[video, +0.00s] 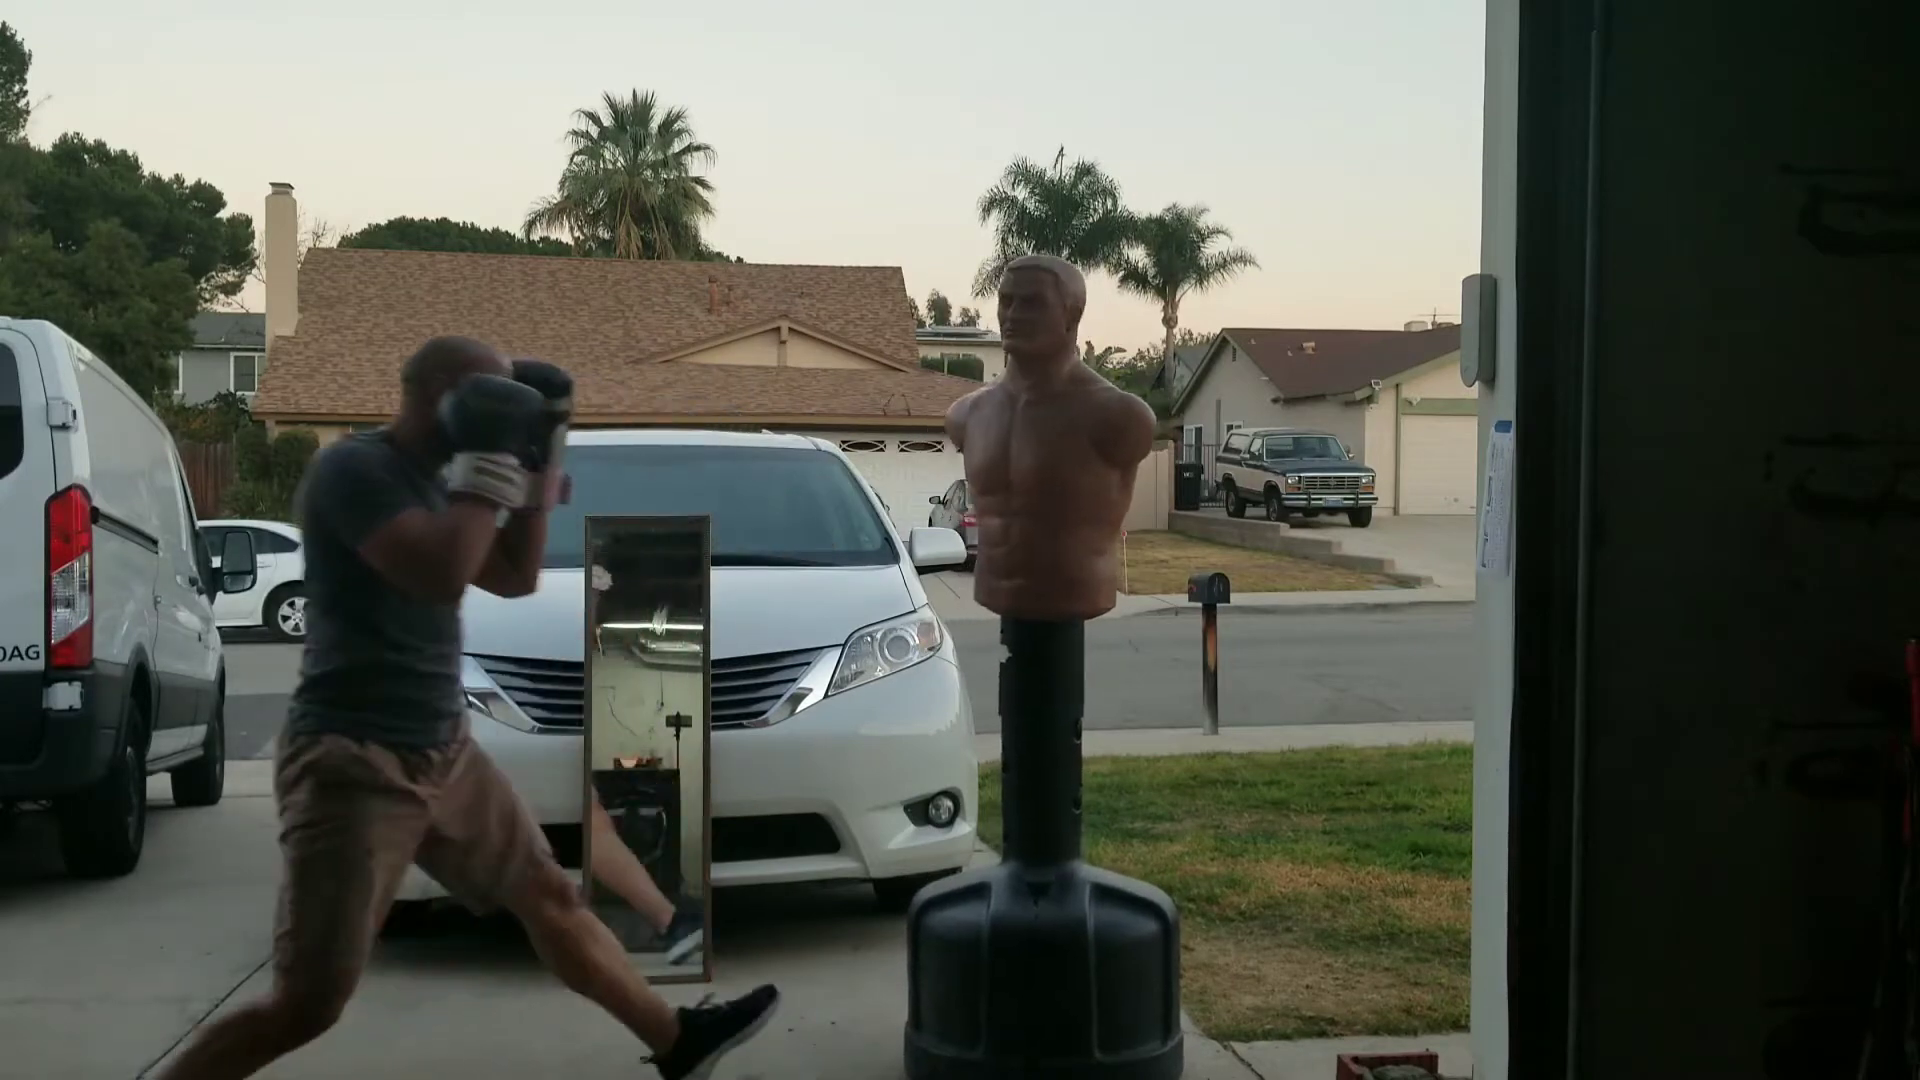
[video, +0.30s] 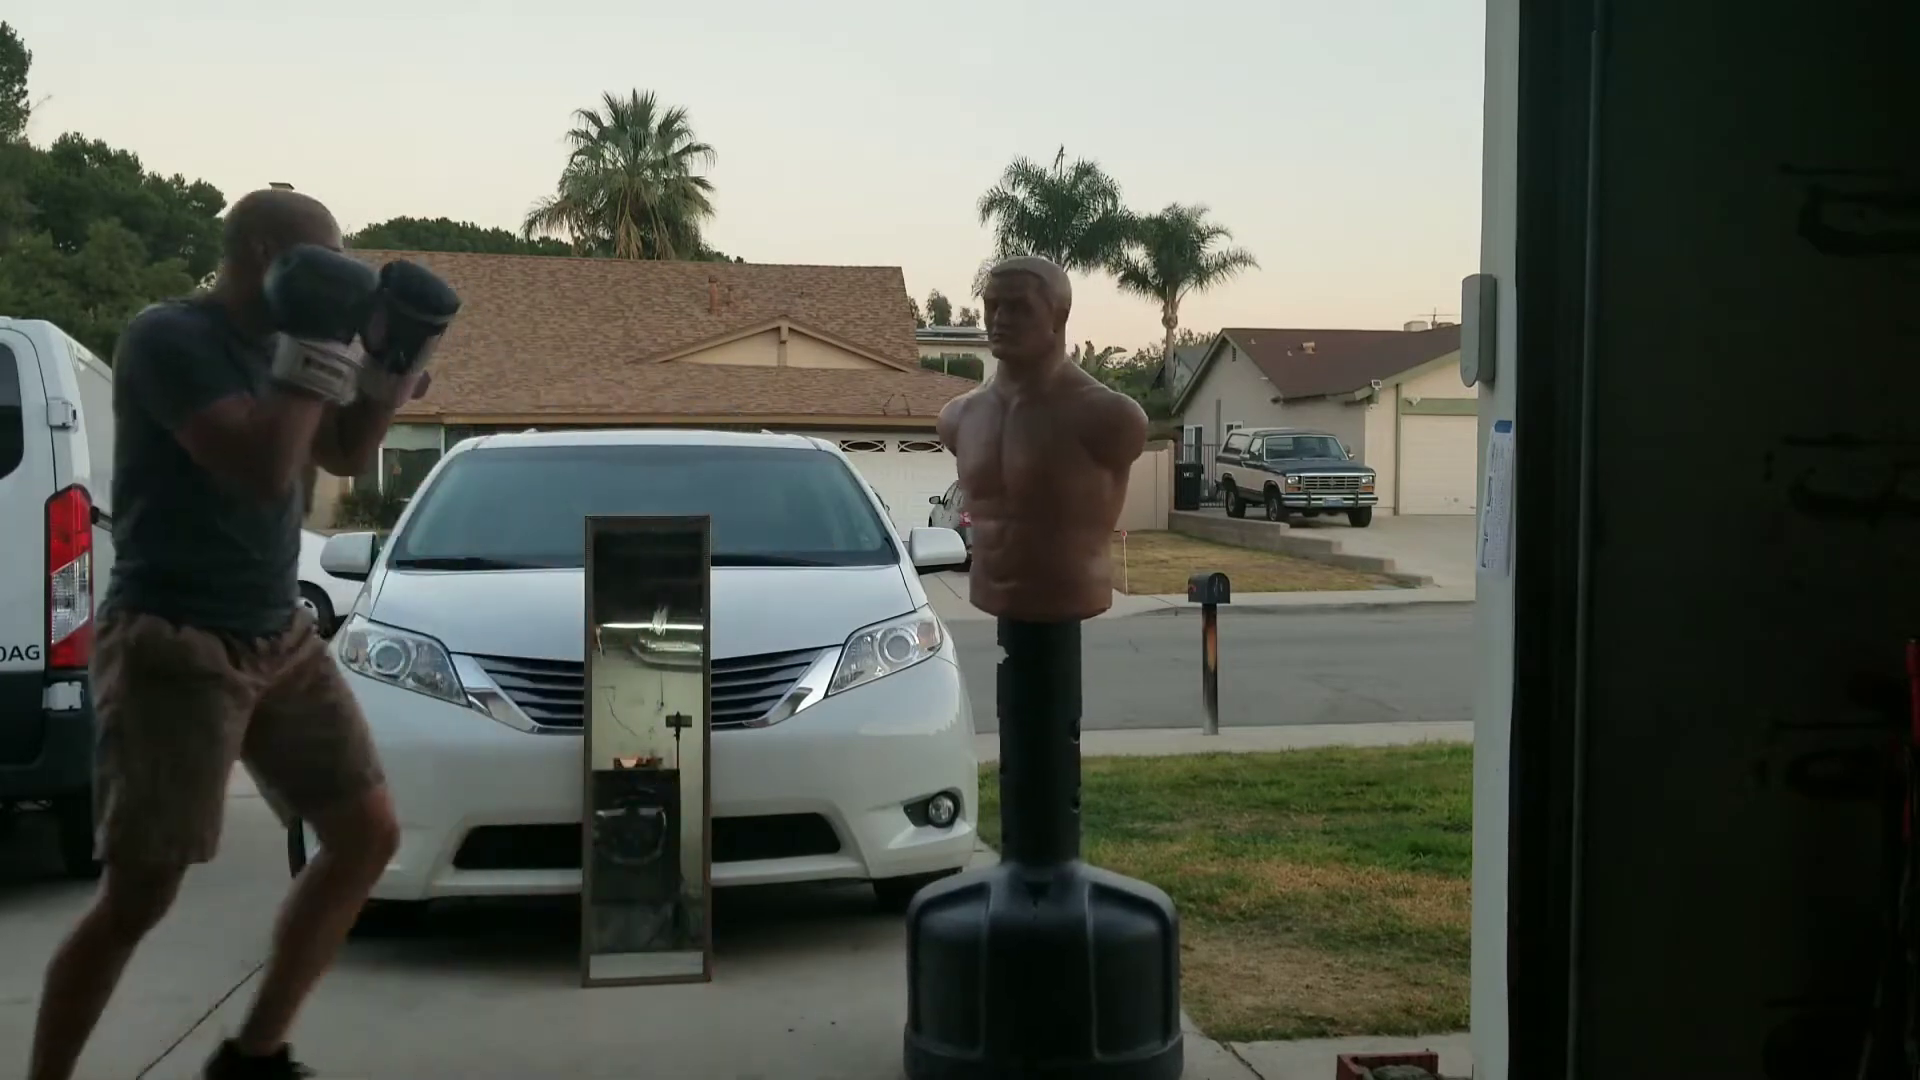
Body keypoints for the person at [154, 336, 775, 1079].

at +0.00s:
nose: (496, 415)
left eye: (501, 400)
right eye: (486, 398)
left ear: (459, 409)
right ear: (437, 397)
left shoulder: (443, 482)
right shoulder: (347, 469)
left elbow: (514, 577)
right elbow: (441, 573)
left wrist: (544, 448)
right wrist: (498, 456)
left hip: (444, 753)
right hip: (351, 760)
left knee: (552, 899)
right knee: (309, 1001)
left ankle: (670, 1036)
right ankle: (166, 1075)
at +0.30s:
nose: (315, 292)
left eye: (325, 276)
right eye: (306, 273)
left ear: (306, 276)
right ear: (249, 262)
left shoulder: (284, 346)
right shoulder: (165, 338)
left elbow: (345, 452)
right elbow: (265, 466)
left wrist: (402, 351)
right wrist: (321, 347)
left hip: (280, 640)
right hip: (172, 646)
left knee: (366, 836)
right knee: (138, 894)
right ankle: (45, 1073)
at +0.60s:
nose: (260, 349)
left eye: (263, 331)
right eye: (249, 330)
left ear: (194, 328)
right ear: (186, 325)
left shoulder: (207, 424)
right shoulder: (76, 412)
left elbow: (217, 540)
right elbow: (145, 555)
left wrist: (285, 515)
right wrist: (234, 450)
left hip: (194, 717)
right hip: (82, 721)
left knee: (250, 925)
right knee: (55, 953)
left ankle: (73, 1062)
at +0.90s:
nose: (358, 407)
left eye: (364, 393)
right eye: (358, 389)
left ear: (297, 366)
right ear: (322, 374)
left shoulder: (266, 432)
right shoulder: (235, 410)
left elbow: (305, 567)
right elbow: (319, 554)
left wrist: (379, 455)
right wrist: (386, 441)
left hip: (248, 727)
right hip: (161, 726)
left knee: (353, 876)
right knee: (67, 954)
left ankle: (397, 1068)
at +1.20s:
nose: (499, 384)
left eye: (504, 368)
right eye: (499, 364)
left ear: (442, 349)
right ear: (454, 349)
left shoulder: (396, 417)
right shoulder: (368, 393)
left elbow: (401, 546)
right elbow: (403, 542)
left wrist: (472, 491)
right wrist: (494, 481)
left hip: (350, 691)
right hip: (280, 689)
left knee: (412, 868)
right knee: (304, 936)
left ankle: (403, 1068)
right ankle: (102, 1071)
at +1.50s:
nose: (570, 370)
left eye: (572, 351)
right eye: (563, 348)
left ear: (509, 337)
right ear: (513, 335)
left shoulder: (480, 433)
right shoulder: (388, 420)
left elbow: (472, 560)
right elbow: (421, 581)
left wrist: (571, 524)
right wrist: (544, 519)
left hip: (450, 713)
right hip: (376, 715)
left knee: (479, 894)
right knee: (430, 952)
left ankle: (416, 1060)